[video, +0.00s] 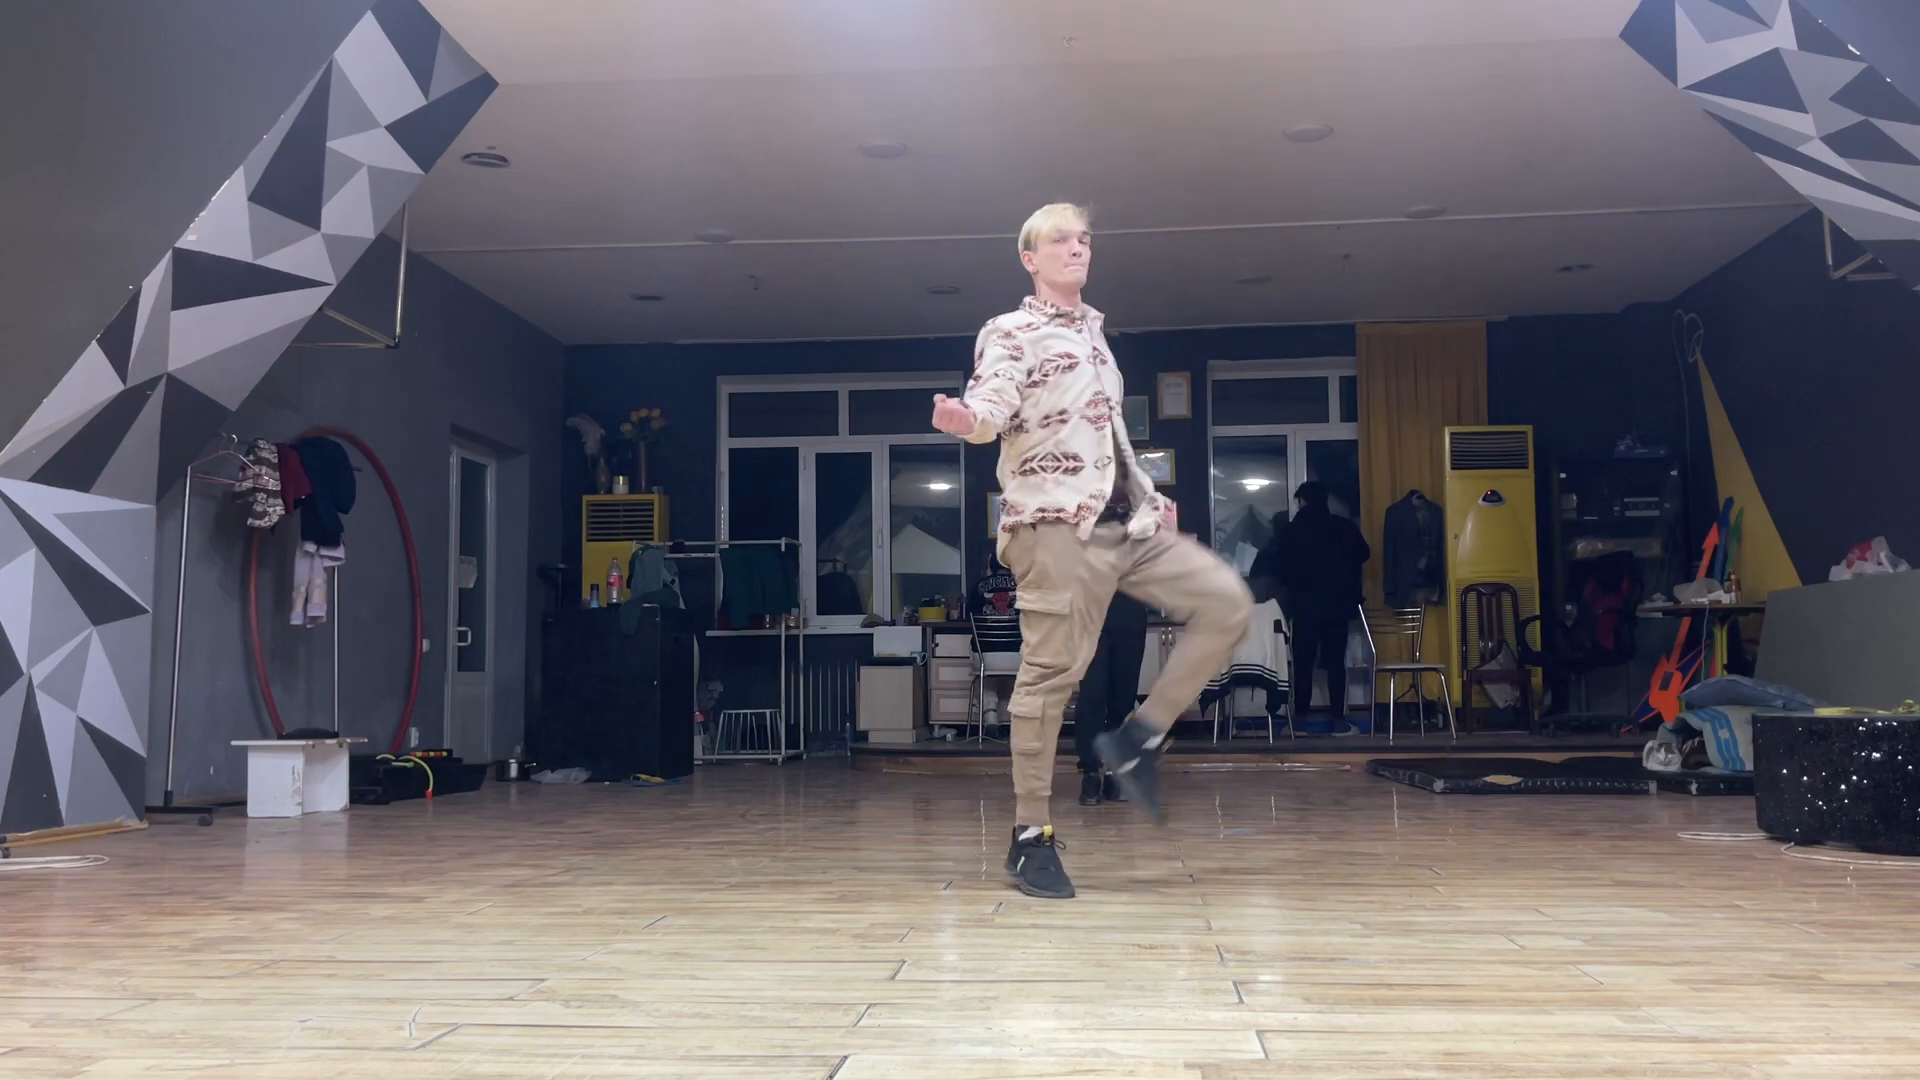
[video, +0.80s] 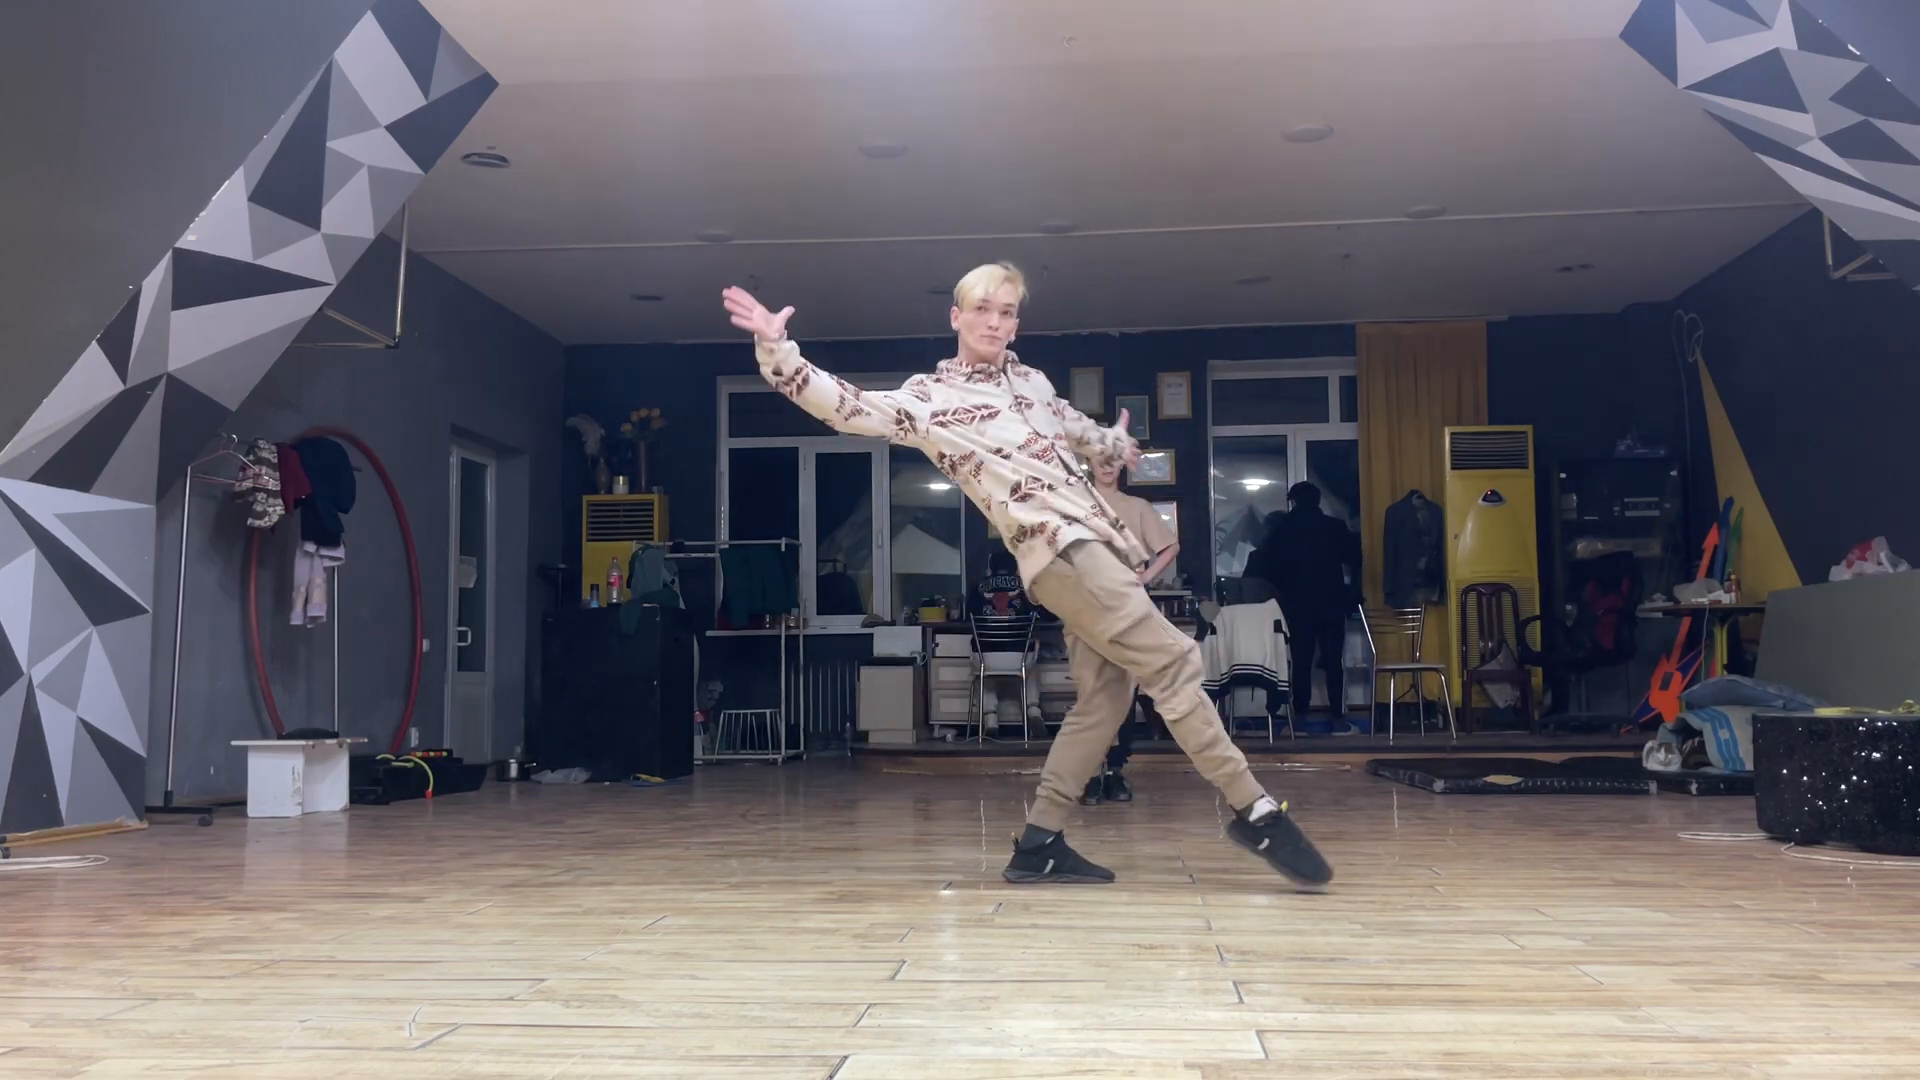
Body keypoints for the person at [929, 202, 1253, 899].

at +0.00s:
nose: (1079, 250)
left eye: (1084, 241)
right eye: (1064, 240)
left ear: (1090, 256)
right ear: (1030, 257)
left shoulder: (1092, 333)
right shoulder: (1011, 333)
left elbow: (1107, 437)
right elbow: (992, 407)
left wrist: (1149, 497)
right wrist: (970, 420)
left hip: (1124, 523)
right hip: (1057, 529)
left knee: (1227, 604)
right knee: (1050, 675)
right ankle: (1031, 837)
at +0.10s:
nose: (1075, 258)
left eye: (1082, 247)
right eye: (1059, 247)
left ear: (1090, 257)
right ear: (1028, 261)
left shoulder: (1101, 334)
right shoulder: (994, 339)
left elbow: (1123, 422)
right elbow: (964, 398)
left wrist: (1168, 476)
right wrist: (960, 429)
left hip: (1095, 518)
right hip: (1022, 515)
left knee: (1111, 670)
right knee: (1108, 608)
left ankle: (1047, 838)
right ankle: (1054, 766)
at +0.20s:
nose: (1091, 285)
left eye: (1097, 275)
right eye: (1076, 274)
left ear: (1104, 289)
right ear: (1043, 286)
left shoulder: (1110, 386)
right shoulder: (1005, 359)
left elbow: (1147, 458)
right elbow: (970, 456)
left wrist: (1223, 485)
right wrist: (1034, 483)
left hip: (1070, 547)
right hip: (997, 534)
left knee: (1097, 689)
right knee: (1081, 617)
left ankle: (1048, 841)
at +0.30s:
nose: (1102, 306)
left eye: (1107, 295)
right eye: (1086, 296)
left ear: (1112, 307)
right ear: (1053, 311)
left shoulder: (1095, 391)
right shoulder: (1035, 368)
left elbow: (1097, 462)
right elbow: (1047, 428)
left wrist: (1148, 451)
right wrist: (1136, 421)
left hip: (1032, 568)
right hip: (974, 555)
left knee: (1076, 687)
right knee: (955, 712)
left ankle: (1046, 841)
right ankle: (831, 781)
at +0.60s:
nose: (1040, 289)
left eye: (1049, 278)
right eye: (1026, 277)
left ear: (1059, 289)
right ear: (998, 288)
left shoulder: (1060, 373)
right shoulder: (978, 360)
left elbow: (1094, 452)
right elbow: (993, 449)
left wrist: (1167, 486)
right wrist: (1076, 487)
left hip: (1046, 554)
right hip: (984, 546)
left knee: (1080, 693)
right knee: (1021, 685)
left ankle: (1023, 840)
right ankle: (909, 790)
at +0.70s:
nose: (1014, 293)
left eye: (1024, 283)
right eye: (1001, 281)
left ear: (1036, 293)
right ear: (975, 290)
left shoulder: (1054, 377)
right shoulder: (948, 370)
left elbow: (1098, 448)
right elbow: (905, 445)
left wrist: (1157, 488)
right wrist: (883, 442)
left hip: (1067, 537)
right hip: (1016, 537)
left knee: (1076, 696)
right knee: (1120, 632)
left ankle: (1023, 837)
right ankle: (1157, 817)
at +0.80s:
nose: (1003, 323)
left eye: (1012, 314)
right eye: (990, 310)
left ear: (1017, 320)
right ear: (957, 313)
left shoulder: (1033, 383)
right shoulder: (926, 398)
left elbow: (1091, 444)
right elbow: (850, 409)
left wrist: (1122, 448)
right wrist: (776, 350)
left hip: (1099, 539)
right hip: (1055, 549)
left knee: (1105, 697)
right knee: (1173, 660)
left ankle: (1039, 841)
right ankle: (1256, 814)